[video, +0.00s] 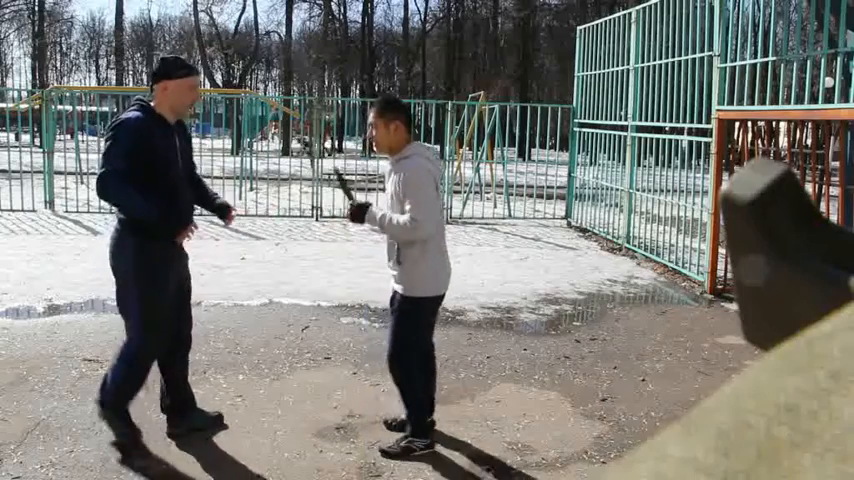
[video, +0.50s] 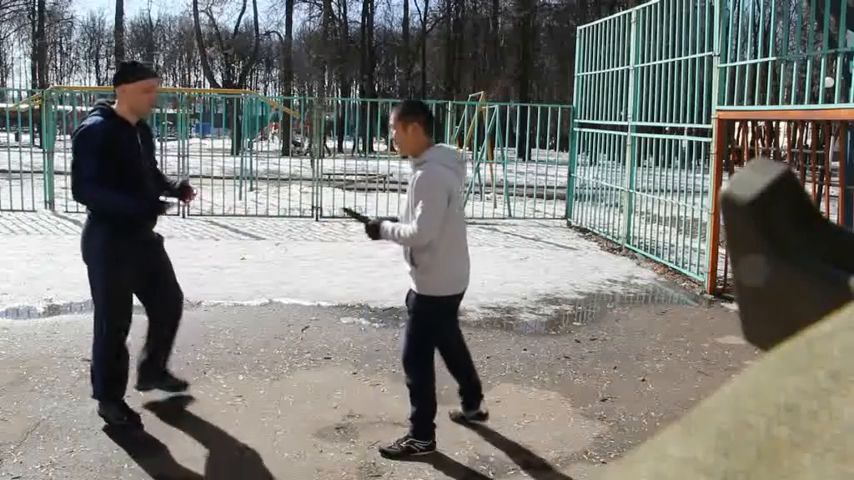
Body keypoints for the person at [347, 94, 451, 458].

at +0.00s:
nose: (371, 135)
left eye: (374, 127)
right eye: (370, 128)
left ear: (396, 127)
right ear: (395, 128)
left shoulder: (414, 167)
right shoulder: (403, 163)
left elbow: (420, 226)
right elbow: (405, 217)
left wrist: (371, 216)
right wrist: (371, 212)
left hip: (420, 284)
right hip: (414, 280)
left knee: (401, 357)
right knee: (415, 350)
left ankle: (420, 435)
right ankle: (419, 417)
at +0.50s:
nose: (392, 138)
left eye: (394, 130)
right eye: (391, 131)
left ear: (416, 129)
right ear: (416, 130)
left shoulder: (431, 173)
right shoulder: (440, 165)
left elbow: (423, 232)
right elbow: (427, 221)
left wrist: (382, 230)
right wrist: (390, 224)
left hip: (434, 284)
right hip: (449, 279)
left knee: (416, 358)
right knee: (449, 340)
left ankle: (422, 436)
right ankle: (472, 403)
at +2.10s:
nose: (394, 142)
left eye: (397, 135)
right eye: (393, 136)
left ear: (418, 133)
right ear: (413, 135)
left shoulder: (445, 167)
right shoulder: (412, 166)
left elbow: (427, 212)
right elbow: (403, 211)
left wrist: (393, 180)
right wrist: (371, 221)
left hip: (433, 271)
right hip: (408, 266)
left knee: (425, 338)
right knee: (396, 327)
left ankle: (442, 404)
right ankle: (437, 384)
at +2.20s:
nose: (391, 143)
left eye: (395, 136)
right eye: (390, 137)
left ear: (415, 135)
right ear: (407, 137)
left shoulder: (445, 168)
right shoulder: (402, 167)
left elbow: (425, 214)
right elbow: (404, 215)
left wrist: (383, 186)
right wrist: (375, 221)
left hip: (432, 272)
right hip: (403, 265)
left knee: (428, 343)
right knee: (377, 319)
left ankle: (443, 404)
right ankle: (411, 376)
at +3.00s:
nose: (375, 146)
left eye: (380, 140)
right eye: (375, 140)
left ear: (400, 140)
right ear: (394, 141)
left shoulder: (430, 169)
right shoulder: (385, 170)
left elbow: (427, 216)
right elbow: (378, 216)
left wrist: (382, 190)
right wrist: (354, 223)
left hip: (419, 269)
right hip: (384, 262)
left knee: (430, 333)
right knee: (354, 317)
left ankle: (442, 389)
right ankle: (358, 381)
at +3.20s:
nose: (363, 159)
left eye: (366, 153)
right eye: (361, 154)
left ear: (382, 151)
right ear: (366, 155)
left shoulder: (416, 178)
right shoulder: (360, 187)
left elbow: (407, 211)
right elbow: (347, 221)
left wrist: (372, 178)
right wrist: (339, 250)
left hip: (405, 279)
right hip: (366, 274)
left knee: (422, 339)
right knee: (329, 324)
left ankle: (442, 390)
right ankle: (303, 384)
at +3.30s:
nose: (341, 160)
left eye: (346, 154)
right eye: (339, 155)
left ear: (362, 152)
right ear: (337, 155)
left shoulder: (391, 174)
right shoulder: (333, 187)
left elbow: (396, 206)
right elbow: (300, 213)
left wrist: (365, 174)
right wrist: (274, 244)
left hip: (391, 277)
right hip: (351, 273)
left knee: (416, 337)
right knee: (315, 325)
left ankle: (441, 390)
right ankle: (288, 381)